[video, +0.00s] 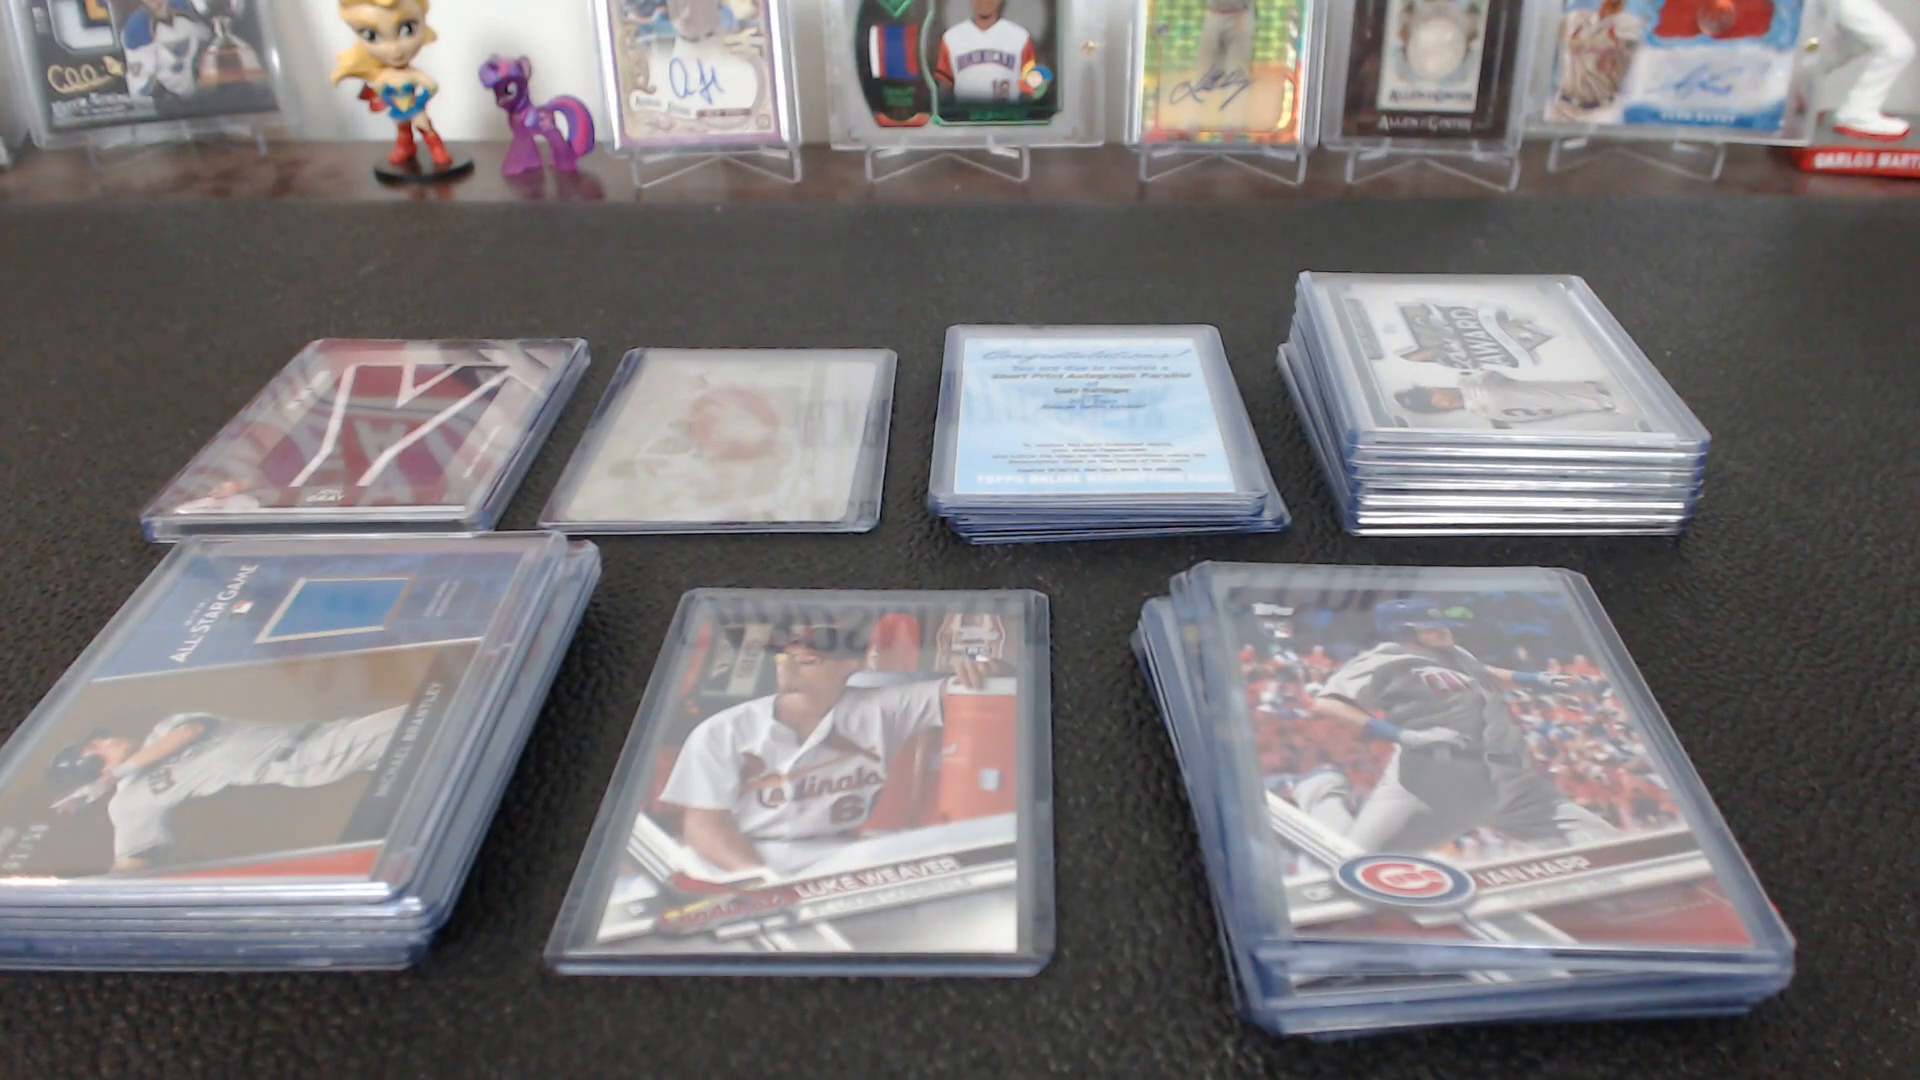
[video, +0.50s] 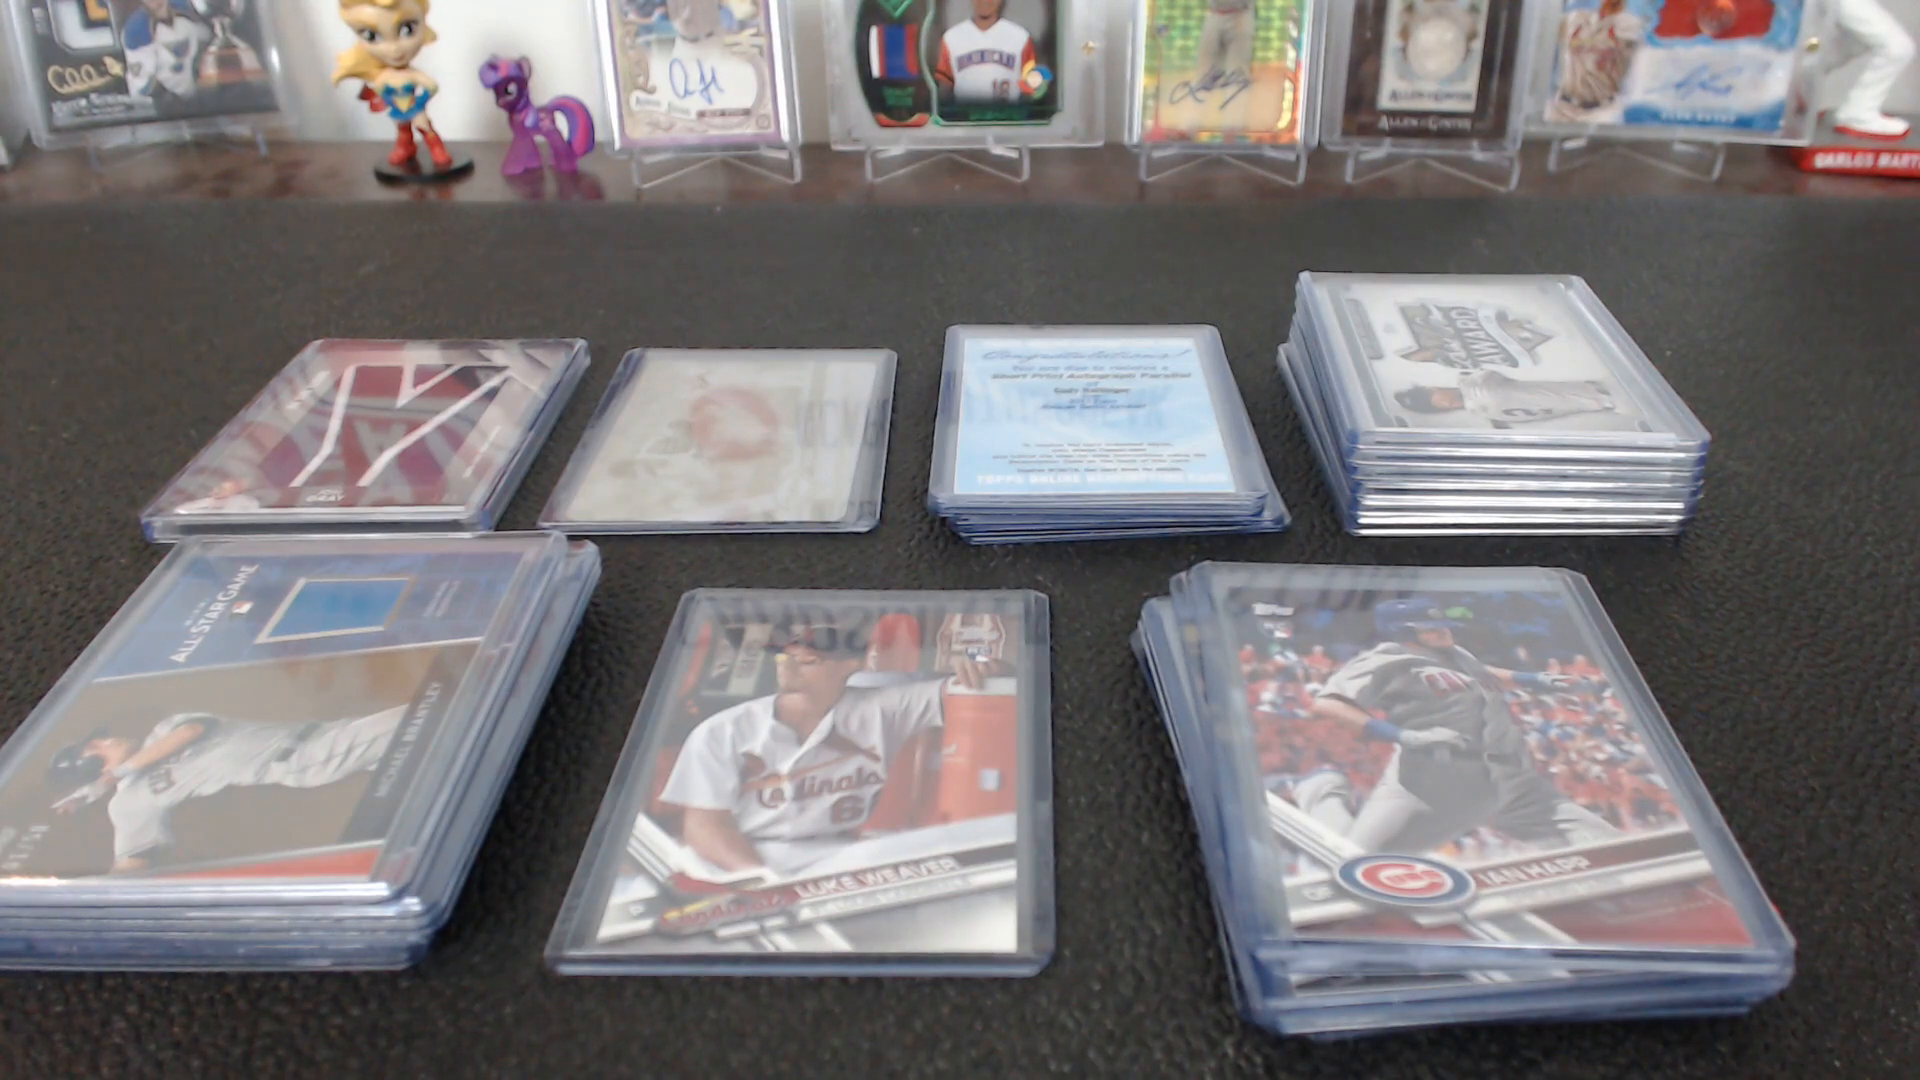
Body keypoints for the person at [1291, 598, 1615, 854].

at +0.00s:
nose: (1446, 631)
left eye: (1446, 622)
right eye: (1434, 623)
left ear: (1449, 624)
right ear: (1406, 628)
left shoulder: (1459, 656)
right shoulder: (1388, 659)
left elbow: (1489, 676)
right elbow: (1328, 704)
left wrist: (1538, 682)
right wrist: (1404, 736)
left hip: (1509, 789)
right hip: (1426, 797)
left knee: (1614, 850)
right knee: (1353, 868)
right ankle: (1321, 792)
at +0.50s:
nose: (1446, 630)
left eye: (1445, 621)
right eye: (1434, 622)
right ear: (1406, 629)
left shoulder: (1459, 657)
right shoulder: (1388, 659)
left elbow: (1490, 677)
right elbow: (1328, 704)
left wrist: (1538, 682)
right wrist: (1405, 736)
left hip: (1509, 790)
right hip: (1426, 798)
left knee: (1614, 850)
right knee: (1352, 868)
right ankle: (1321, 792)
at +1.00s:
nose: (1446, 630)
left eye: (1446, 622)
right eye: (1434, 623)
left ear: (1447, 625)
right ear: (1406, 629)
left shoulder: (1459, 657)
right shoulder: (1388, 659)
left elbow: (1490, 676)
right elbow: (1328, 704)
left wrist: (1539, 682)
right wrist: (1404, 736)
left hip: (1511, 790)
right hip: (1427, 798)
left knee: (1614, 850)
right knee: (1352, 869)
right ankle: (1321, 792)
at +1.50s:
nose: (1447, 630)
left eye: (1446, 622)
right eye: (1435, 623)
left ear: (1447, 626)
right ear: (1406, 629)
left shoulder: (1459, 656)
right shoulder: (1387, 659)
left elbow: (1490, 676)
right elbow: (1328, 704)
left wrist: (1539, 682)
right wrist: (1405, 736)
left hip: (1511, 789)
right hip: (1429, 797)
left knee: (1614, 850)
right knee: (1353, 869)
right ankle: (1321, 792)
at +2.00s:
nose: (1446, 631)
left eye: (1446, 623)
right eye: (1434, 624)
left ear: (1447, 627)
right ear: (1406, 630)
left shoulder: (1459, 657)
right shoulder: (1387, 659)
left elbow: (1490, 676)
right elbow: (1328, 704)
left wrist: (1539, 682)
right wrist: (1404, 736)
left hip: (1509, 789)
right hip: (1429, 796)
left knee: (1613, 850)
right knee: (1353, 868)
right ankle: (1321, 792)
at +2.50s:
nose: (1446, 631)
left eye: (1446, 623)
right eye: (1434, 623)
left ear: (1447, 626)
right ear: (1406, 630)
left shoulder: (1458, 657)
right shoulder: (1387, 660)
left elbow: (1490, 676)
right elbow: (1328, 704)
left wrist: (1539, 682)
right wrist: (1404, 736)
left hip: (1509, 789)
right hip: (1428, 796)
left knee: (1613, 849)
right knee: (1353, 868)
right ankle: (1321, 792)